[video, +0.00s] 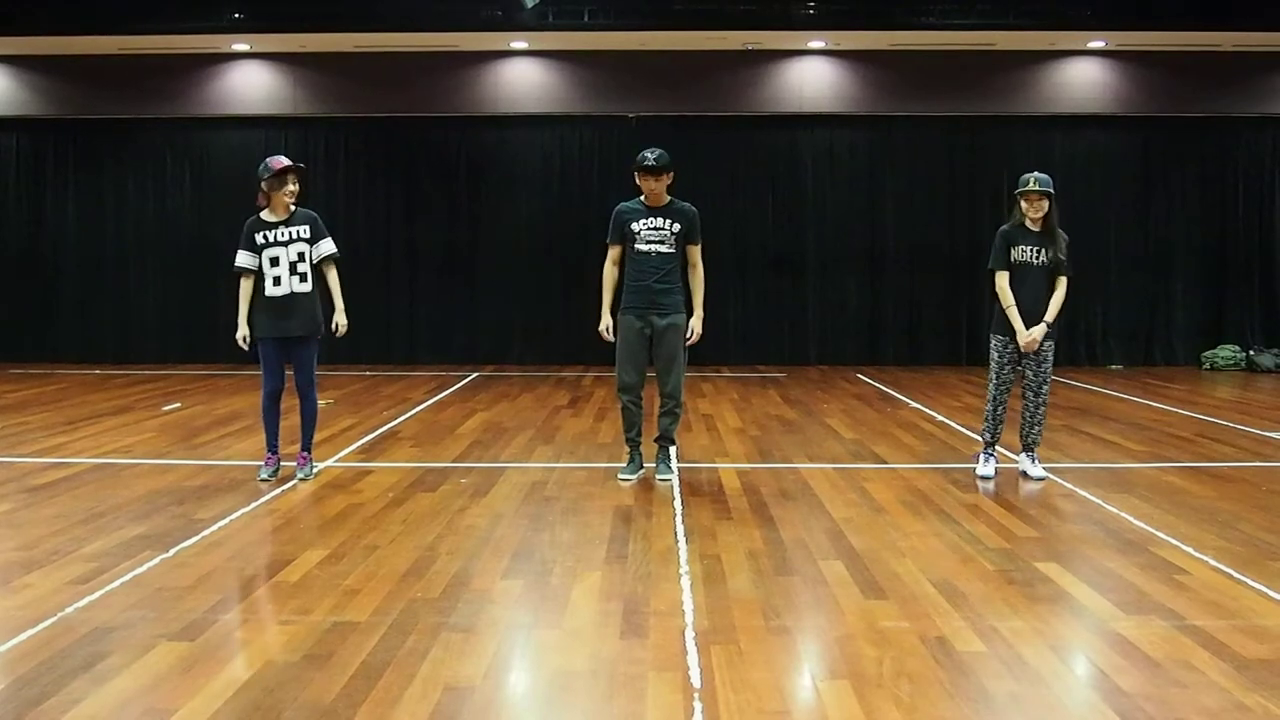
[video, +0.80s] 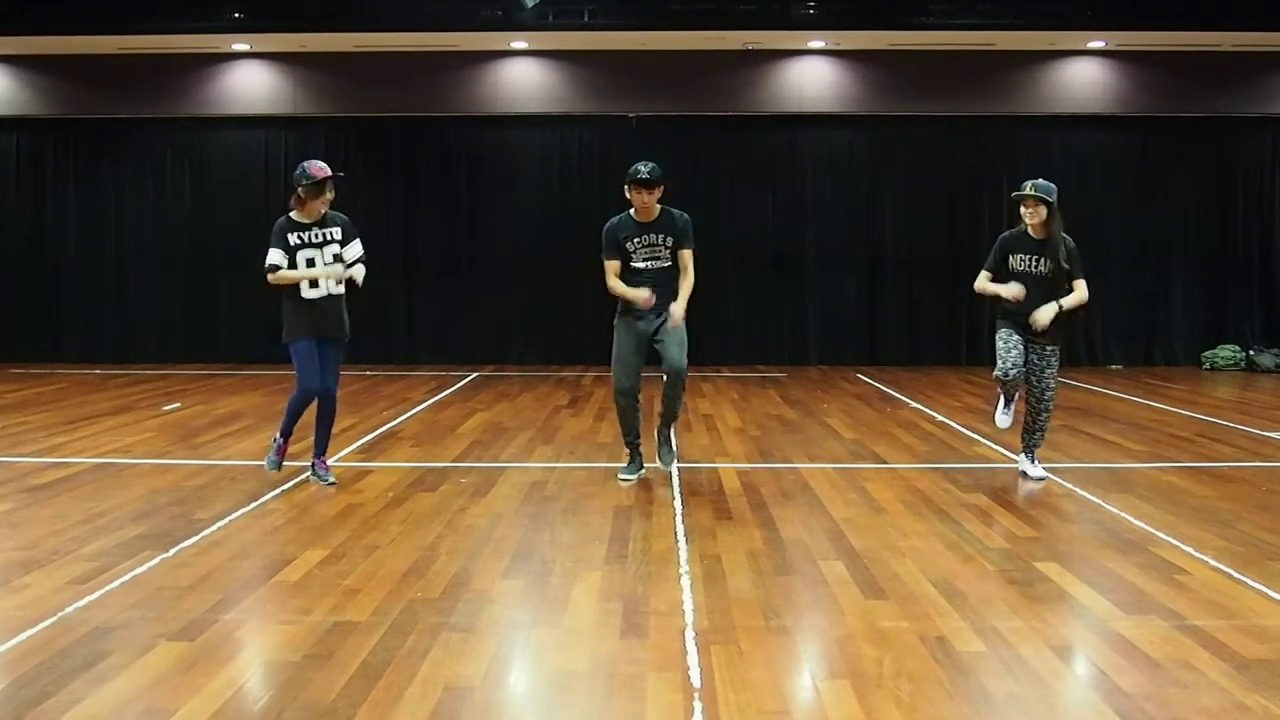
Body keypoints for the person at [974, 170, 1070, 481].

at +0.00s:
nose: (1034, 204)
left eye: (1040, 198)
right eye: (1028, 198)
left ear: (1049, 202)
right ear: (1019, 201)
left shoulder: (1059, 239)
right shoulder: (1006, 235)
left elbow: (1061, 287)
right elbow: (1001, 284)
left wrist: (1043, 327)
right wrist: (1020, 329)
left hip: (1043, 332)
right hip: (1006, 330)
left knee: (1037, 396)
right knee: (998, 391)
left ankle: (1029, 454)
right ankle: (988, 452)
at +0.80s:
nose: (1029, 210)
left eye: (1036, 205)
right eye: (1025, 205)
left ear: (1049, 209)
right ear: (1020, 208)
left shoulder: (1064, 245)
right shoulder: (1007, 241)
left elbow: (1081, 293)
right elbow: (980, 283)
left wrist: (1054, 306)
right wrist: (1002, 288)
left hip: (1047, 331)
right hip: (1011, 325)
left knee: (1042, 397)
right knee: (1009, 374)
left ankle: (1028, 454)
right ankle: (1008, 395)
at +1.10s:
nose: (1016, 202)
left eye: (1023, 197)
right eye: (1012, 197)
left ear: (1037, 201)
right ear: (1007, 202)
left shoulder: (1052, 239)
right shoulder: (997, 235)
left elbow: (1060, 277)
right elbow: (970, 272)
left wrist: (1035, 244)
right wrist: (990, 234)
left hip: (1034, 329)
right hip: (998, 327)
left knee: (1031, 395)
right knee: (999, 393)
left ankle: (1031, 451)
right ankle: (1000, 461)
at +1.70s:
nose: (997, 203)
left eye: (1006, 199)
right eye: (995, 198)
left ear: (1020, 207)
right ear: (989, 205)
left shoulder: (1033, 240)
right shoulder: (980, 237)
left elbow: (1040, 268)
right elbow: (944, 268)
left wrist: (1009, 235)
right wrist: (970, 231)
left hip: (1020, 334)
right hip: (984, 331)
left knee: (1009, 404)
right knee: (970, 389)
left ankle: (1016, 470)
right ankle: (994, 440)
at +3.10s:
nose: (901, 197)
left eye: (910, 191)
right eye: (898, 191)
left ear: (928, 197)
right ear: (894, 198)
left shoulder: (944, 240)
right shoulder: (888, 237)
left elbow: (931, 271)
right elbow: (842, 267)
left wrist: (898, 231)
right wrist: (868, 228)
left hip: (922, 342)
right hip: (886, 341)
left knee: (884, 403)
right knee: (888, 423)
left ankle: (929, 444)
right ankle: (915, 494)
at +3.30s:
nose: (889, 171)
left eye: (898, 168)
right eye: (886, 166)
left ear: (913, 181)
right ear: (877, 175)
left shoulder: (918, 215)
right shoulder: (864, 214)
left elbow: (928, 240)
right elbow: (813, 240)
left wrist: (891, 203)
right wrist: (847, 202)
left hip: (905, 322)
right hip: (872, 322)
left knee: (857, 382)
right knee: (893, 406)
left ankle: (884, 458)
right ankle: (914, 486)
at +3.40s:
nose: (877, 178)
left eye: (886, 174)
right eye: (874, 172)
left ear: (901, 186)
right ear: (865, 179)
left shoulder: (907, 221)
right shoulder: (853, 218)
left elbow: (914, 244)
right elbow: (804, 243)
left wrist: (882, 205)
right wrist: (836, 202)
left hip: (891, 333)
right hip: (857, 332)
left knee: (858, 409)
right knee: (883, 416)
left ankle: (865, 500)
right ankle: (913, 486)